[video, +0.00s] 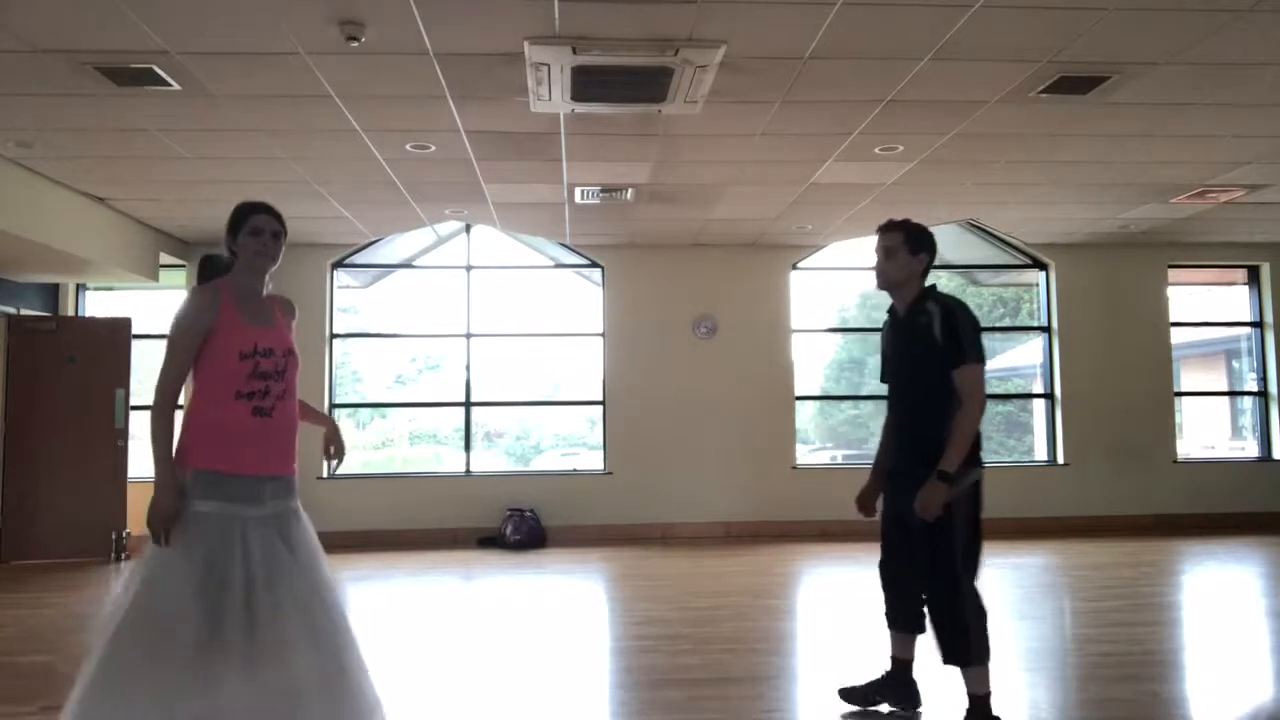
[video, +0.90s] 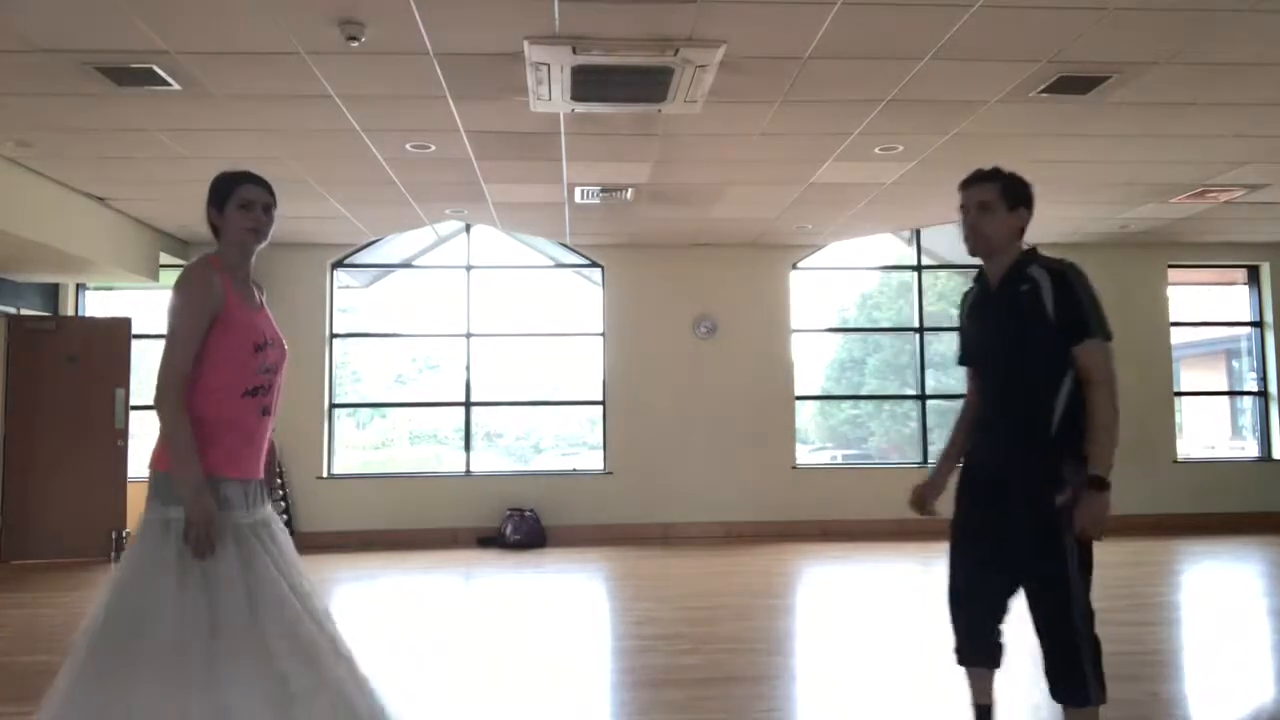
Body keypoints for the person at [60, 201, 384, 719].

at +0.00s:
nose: (268, 243)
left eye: (276, 237)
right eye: (256, 234)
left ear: (283, 249)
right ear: (233, 242)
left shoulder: (283, 310)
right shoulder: (207, 302)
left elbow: (275, 395)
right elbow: (164, 396)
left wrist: (326, 421)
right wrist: (164, 481)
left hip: (275, 485)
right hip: (212, 484)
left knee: (274, 627)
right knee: (205, 626)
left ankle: (265, 713)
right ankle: (198, 713)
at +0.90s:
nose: (260, 218)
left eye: (267, 210)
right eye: (246, 207)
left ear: (272, 222)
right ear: (217, 215)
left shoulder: (251, 288)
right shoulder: (203, 279)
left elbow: (246, 393)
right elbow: (168, 391)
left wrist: (266, 475)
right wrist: (195, 493)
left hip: (245, 492)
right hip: (203, 493)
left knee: (250, 646)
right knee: (202, 649)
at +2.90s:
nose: (270, 226)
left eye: (268, 216)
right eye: (259, 215)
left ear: (227, 220)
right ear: (222, 218)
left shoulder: (239, 292)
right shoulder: (201, 284)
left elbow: (239, 399)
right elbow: (192, 402)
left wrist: (273, 492)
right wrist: (217, 503)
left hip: (261, 496)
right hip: (227, 496)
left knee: (268, 653)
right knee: (224, 655)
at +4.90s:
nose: (257, 236)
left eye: (258, 226)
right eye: (248, 224)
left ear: (220, 228)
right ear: (209, 224)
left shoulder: (230, 299)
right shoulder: (188, 293)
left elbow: (237, 405)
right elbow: (186, 408)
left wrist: (268, 495)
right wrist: (213, 507)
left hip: (254, 498)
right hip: (218, 499)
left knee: (258, 656)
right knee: (218, 659)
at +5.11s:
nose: (258, 235)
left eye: (258, 226)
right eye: (248, 223)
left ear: (217, 228)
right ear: (209, 224)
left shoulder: (230, 300)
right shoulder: (189, 293)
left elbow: (239, 405)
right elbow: (186, 408)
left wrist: (270, 494)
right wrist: (214, 508)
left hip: (256, 497)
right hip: (219, 499)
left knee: (260, 655)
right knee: (220, 658)